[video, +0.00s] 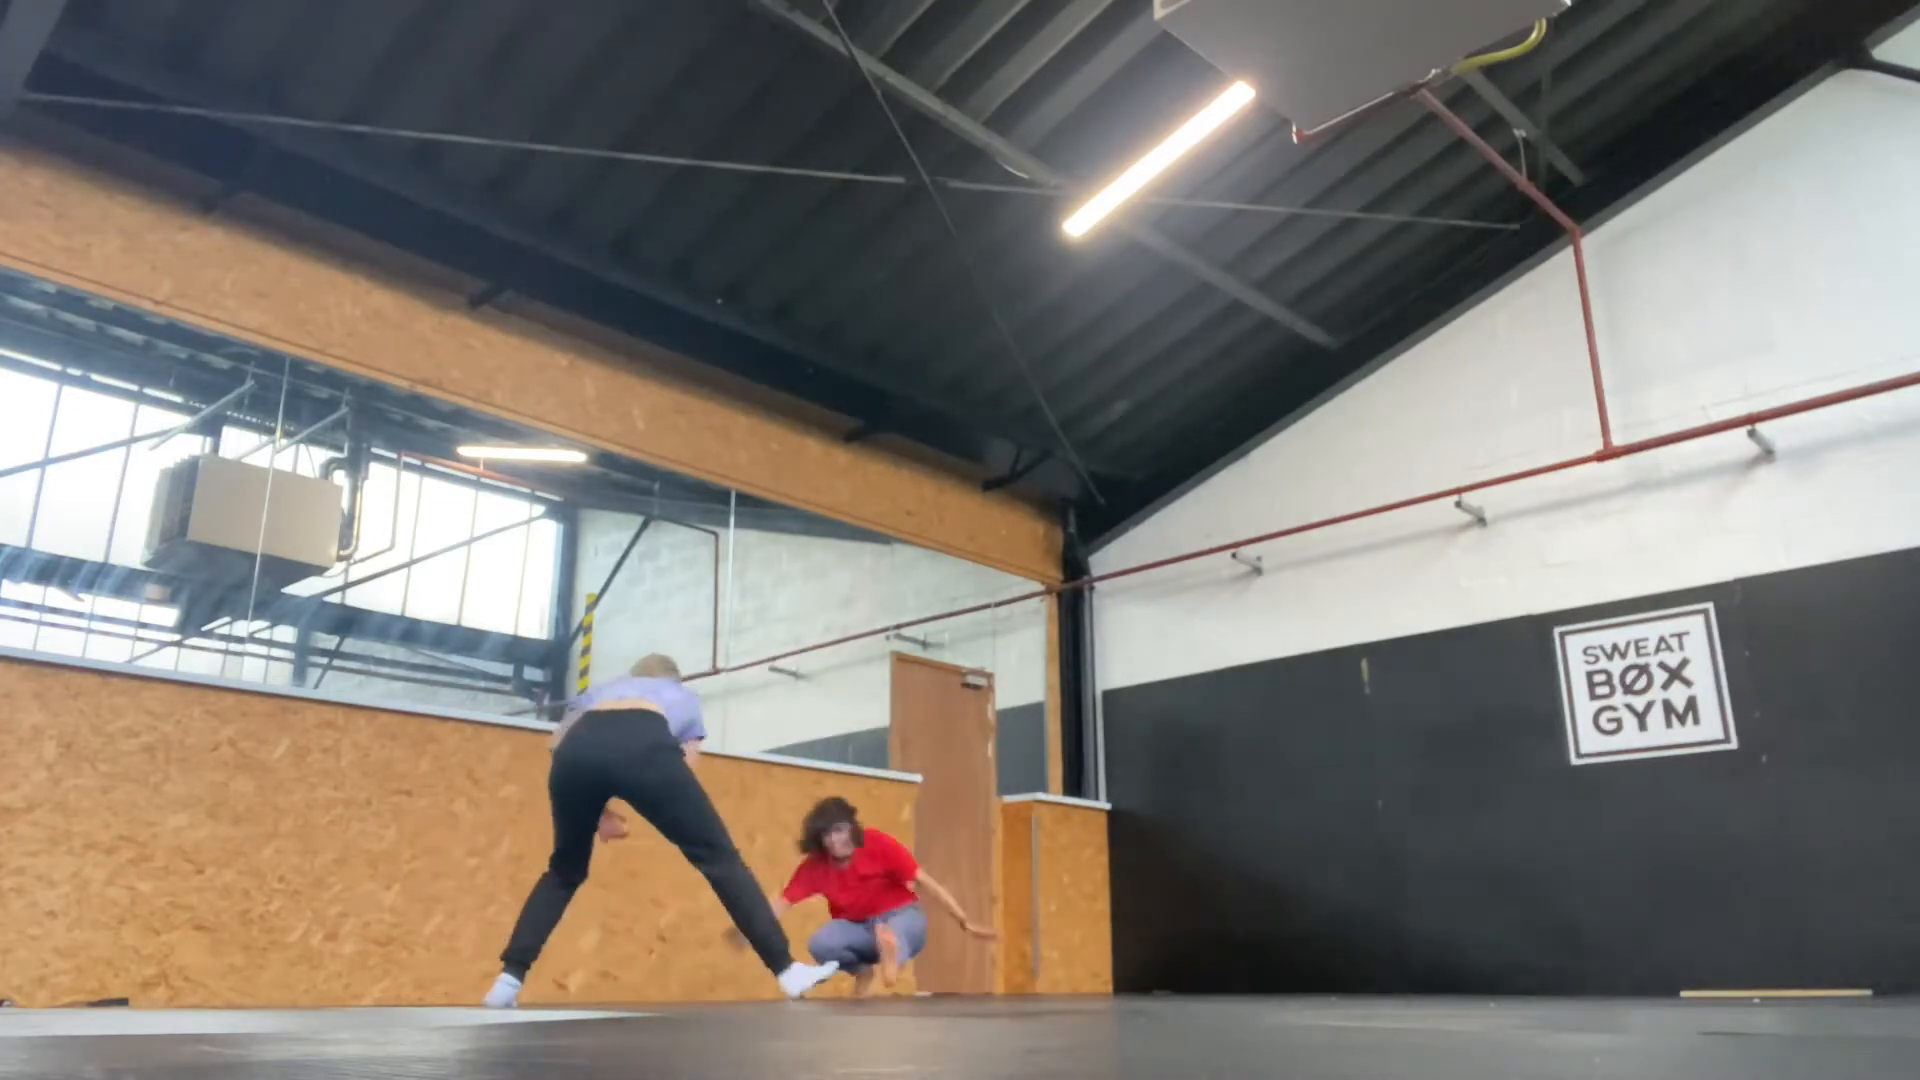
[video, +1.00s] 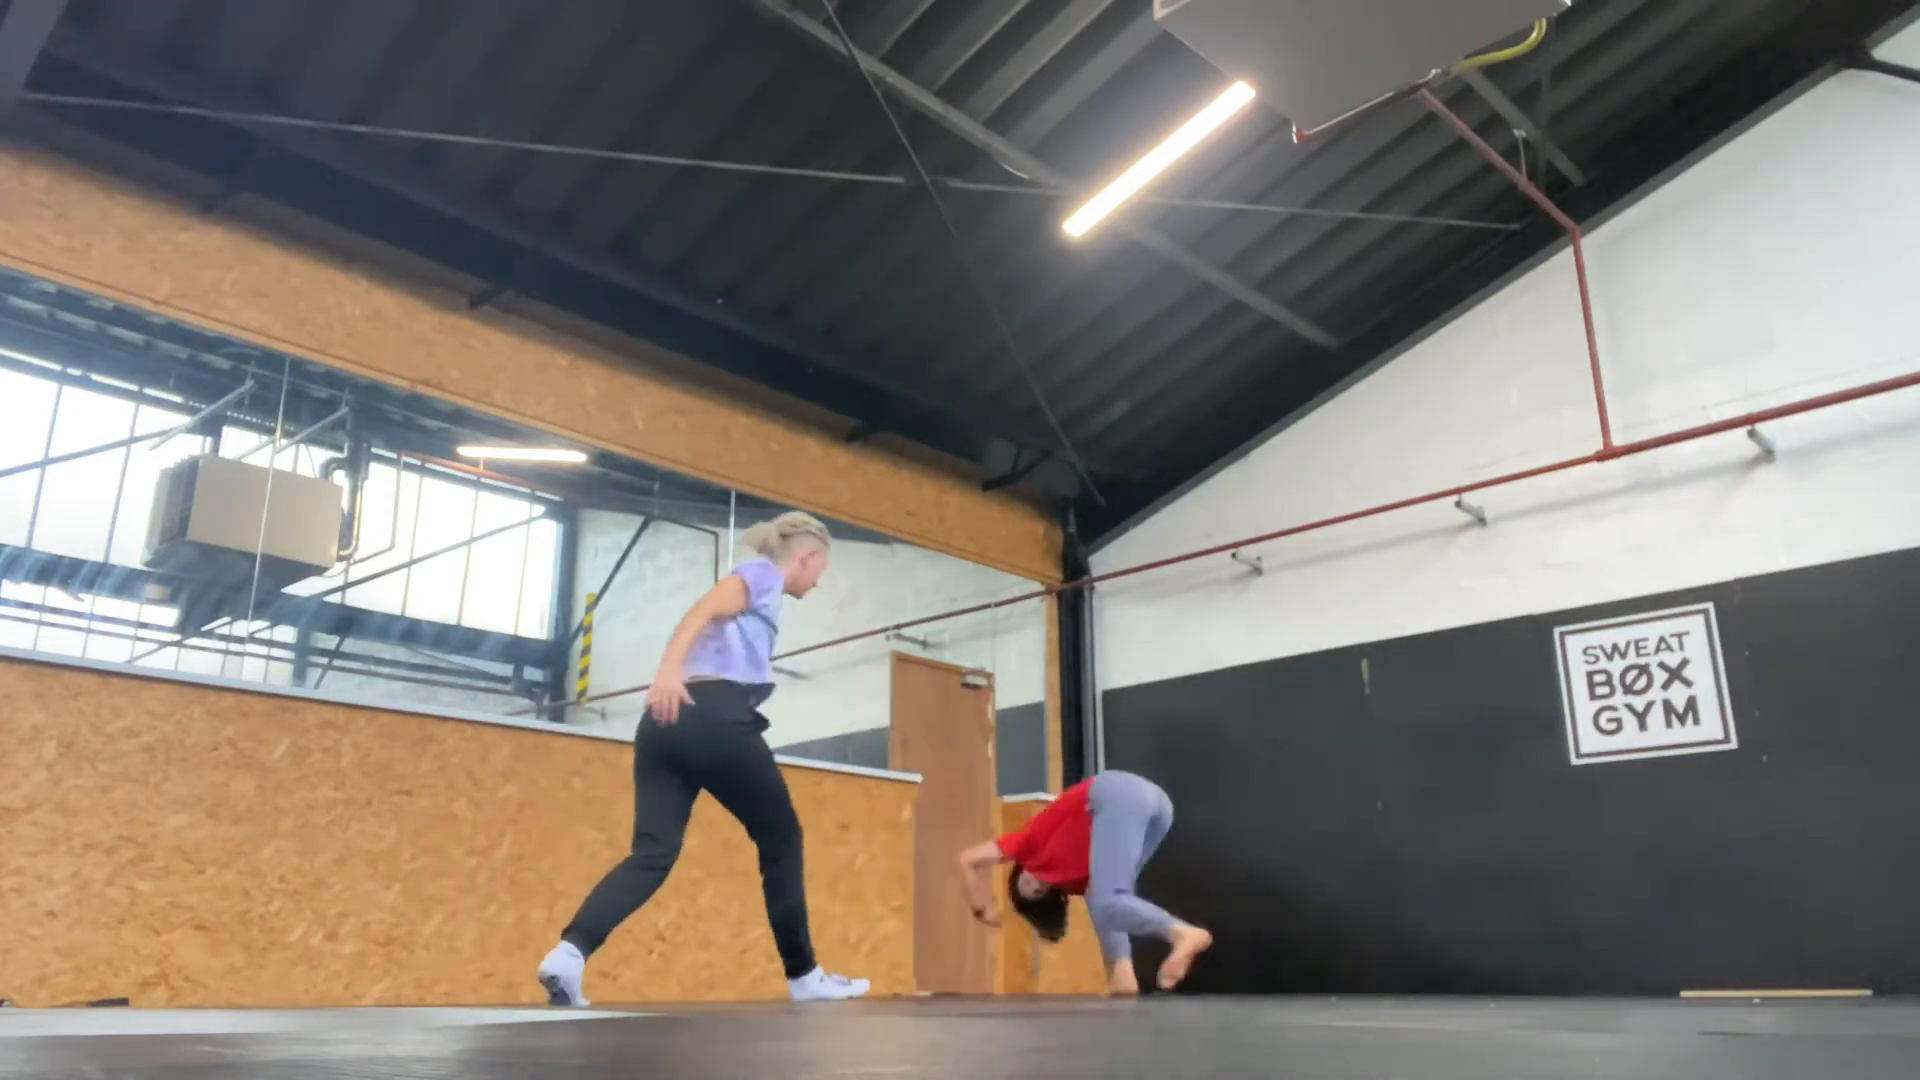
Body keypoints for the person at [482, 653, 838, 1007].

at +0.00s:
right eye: (676, 683)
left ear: (635, 674)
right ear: (676, 678)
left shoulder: (601, 689)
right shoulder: (685, 697)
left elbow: (561, 750)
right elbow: (683, 767)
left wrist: (596, 815)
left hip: (578, 747)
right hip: (644, 745)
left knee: (564, 869)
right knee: (719, 858)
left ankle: (508, 980)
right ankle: (787, 970)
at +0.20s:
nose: (779, 681)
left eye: (776, 677)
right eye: (777, 675)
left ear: (731, 666)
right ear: (769, 673)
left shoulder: (696, 676)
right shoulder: (774, 694)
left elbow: (636, 692)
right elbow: (822, 768)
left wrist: (649, 744)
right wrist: (811, 791)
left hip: (643, 741)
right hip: (704, 745)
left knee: (593, 869)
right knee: (776, 857)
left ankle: (509, 983)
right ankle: (803, 981)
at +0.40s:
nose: (867, 703)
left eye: (865, 693)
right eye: (865, 694)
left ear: (817, 670)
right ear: (853, 683)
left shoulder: (778, 674)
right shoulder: (850, 697)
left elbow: (709, 682)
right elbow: (914, 744)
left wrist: (720, 698)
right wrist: (977, 780)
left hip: (696, 716)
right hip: (752, 729)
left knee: (624, 846)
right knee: (807, 849)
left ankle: (530, 958)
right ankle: (806, 980)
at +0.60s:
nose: (890, 671)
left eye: (892, 664)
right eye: (890, 662)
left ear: (845, 640)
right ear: (873, 650)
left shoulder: (795, 661)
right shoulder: (857, 664)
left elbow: (725, 683)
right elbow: (863, 681)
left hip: (709, 719)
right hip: (764, 728)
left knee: (661, 846)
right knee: (816, 850)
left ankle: (581, 917)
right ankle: (808, 978)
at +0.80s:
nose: (860, 608)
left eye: (863, 600)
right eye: (861, 598)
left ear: (814, 583)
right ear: (849, 589)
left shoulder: (764, 613)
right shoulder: (831, 608)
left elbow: (699, 661)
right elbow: (795, 617)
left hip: (692, 711)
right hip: (751, 713)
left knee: (665, 845)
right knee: (789, 848)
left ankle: (584, 935)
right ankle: (807, 978)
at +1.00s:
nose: (818, 580)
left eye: (822, 571)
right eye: (819, 568)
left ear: (787, 553)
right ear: (801, 556)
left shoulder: (755, 593)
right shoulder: (765, 574)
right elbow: (705, 608)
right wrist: (669, 670)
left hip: (664, 717)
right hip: (715, 716)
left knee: (653, 853)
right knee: (780, 837)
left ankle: (569, 955)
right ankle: (805, 977)